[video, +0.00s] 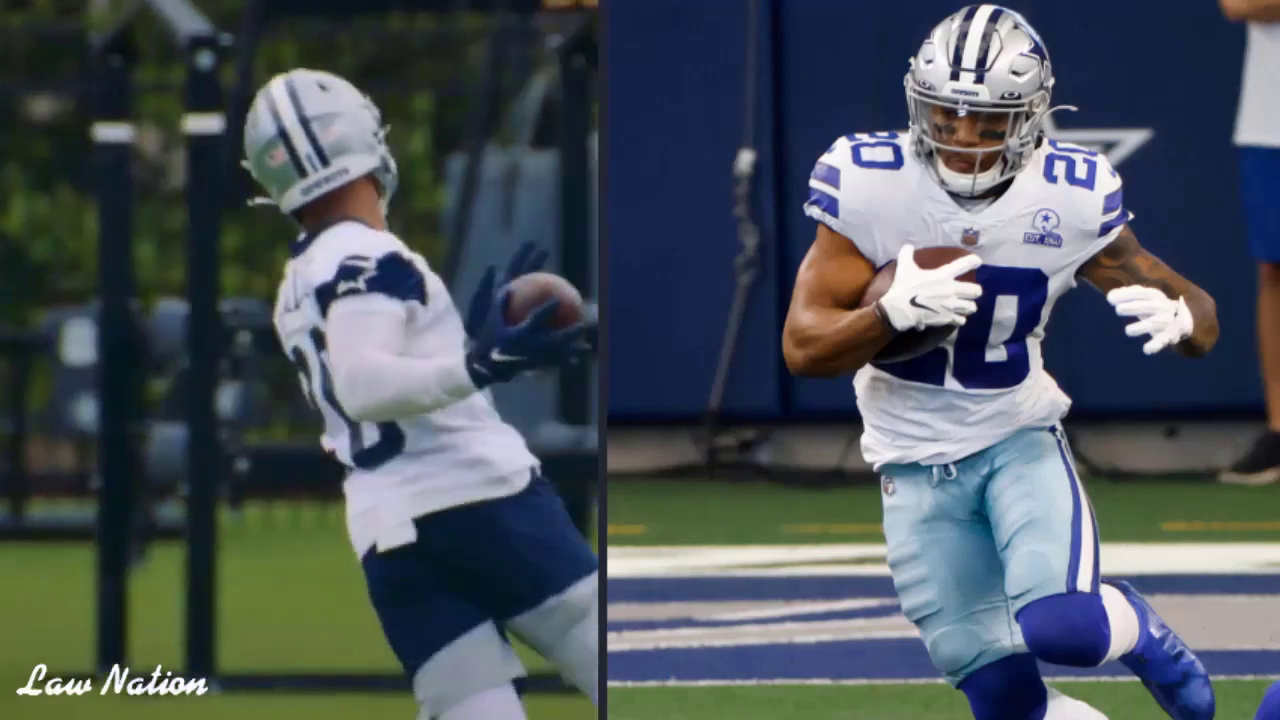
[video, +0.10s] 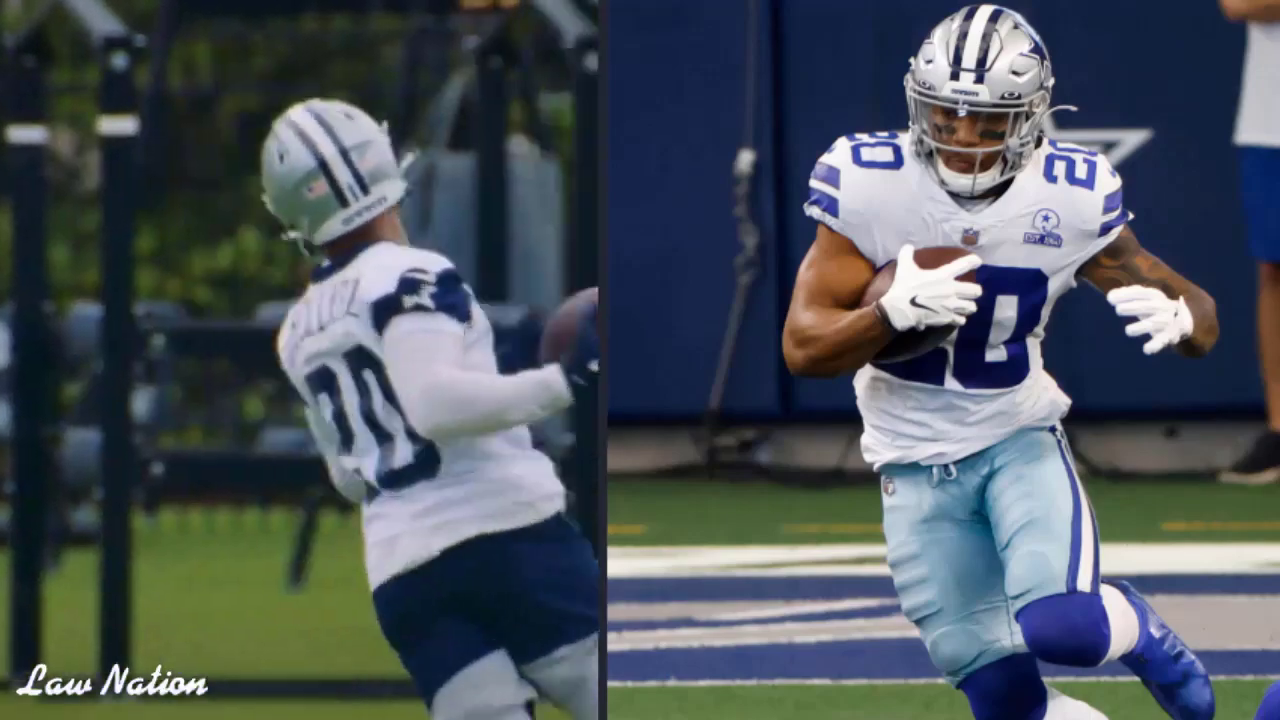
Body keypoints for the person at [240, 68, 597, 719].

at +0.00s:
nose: (385, 147)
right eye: (377, 136)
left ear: (277, 188)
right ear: (372, 148)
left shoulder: (293, 289)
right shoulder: (366, 254)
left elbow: (375, 388)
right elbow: (363, 384)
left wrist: (476, 334)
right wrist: (479, 367)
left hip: (389, 539)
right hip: (484, 502)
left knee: (476, 708)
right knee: (625, 671)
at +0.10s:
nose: (394, 172)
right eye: (389, 161)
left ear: (292, 219)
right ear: (389, 174)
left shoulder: (298, 332)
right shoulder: (410, 271)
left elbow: (348, 476)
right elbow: (435, 401)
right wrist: (565, 381)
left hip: (405, 576)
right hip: (512, 539)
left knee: (488, 708)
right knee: (609, 698)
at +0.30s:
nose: (199, 217)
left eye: (208, 201)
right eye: (196, 202)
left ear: (243, 206)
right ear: (315, 181)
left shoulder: (199, 326)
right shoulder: (399, 242)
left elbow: (203, 469)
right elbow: (537, 327)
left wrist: (288, 471)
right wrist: (516, 359)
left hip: (356, 582)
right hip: (466, 540)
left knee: (432, 707)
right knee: (535, 703)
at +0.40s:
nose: (115, 211)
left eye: (126, 193)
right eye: (112, 194)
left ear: (168, 191)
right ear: (228, 171)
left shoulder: (136, 314)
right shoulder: (323, 224)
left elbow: (163, 469)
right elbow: (458, 297)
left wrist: (204, 465)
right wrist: (478, 381)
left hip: (295, 569)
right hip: (401, 516)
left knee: (384, 706)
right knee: (490, 690)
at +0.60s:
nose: (107, 220)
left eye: (114, 204)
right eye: (106, 204)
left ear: (145, 209)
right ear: (229, 186)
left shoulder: (125, 340)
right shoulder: (310, 259)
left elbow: (146, 497)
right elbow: (440, 335)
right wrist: (511, 393)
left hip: (291, 582)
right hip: (396, 538)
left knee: (402, 712)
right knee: (446, 683)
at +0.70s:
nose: (94, 170)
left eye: (102, 154)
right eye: (93, 154)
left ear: (137, 156)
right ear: (216, 139)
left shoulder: (93, 283)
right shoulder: (298, 222)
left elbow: (88, 440)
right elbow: (408, 325)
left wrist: (98, 346)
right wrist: (467, 369)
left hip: (272, 531)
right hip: (373, 484)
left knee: (396, 692)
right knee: (359, 680)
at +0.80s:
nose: (148, 167)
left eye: (156, 150)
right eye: (147, 148)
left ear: (191, 155)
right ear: (278, 139)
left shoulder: (163, 276)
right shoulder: (363, 224)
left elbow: (169, 442)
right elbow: (473, 351)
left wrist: (160, 345)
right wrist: (450, 379)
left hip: (317, 538)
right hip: (422, 506)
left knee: (429, 711)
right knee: (401, 701)